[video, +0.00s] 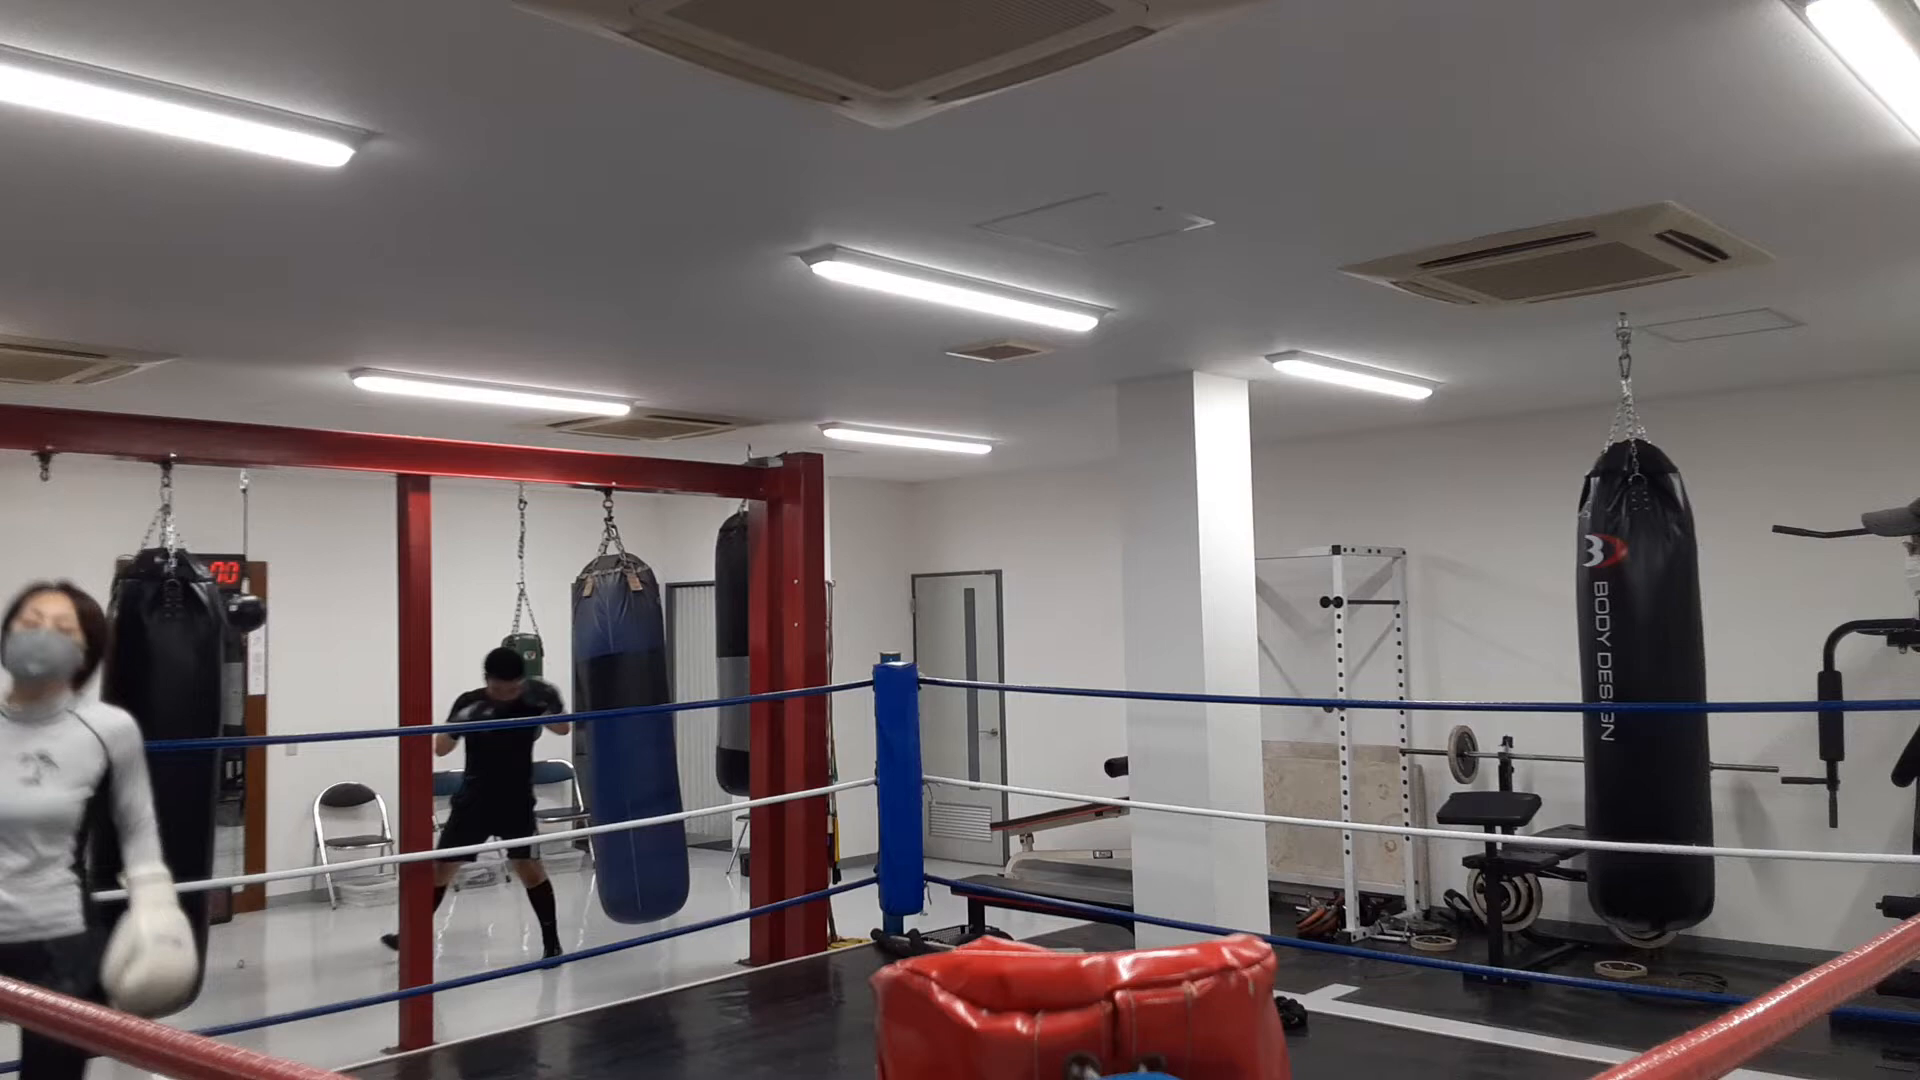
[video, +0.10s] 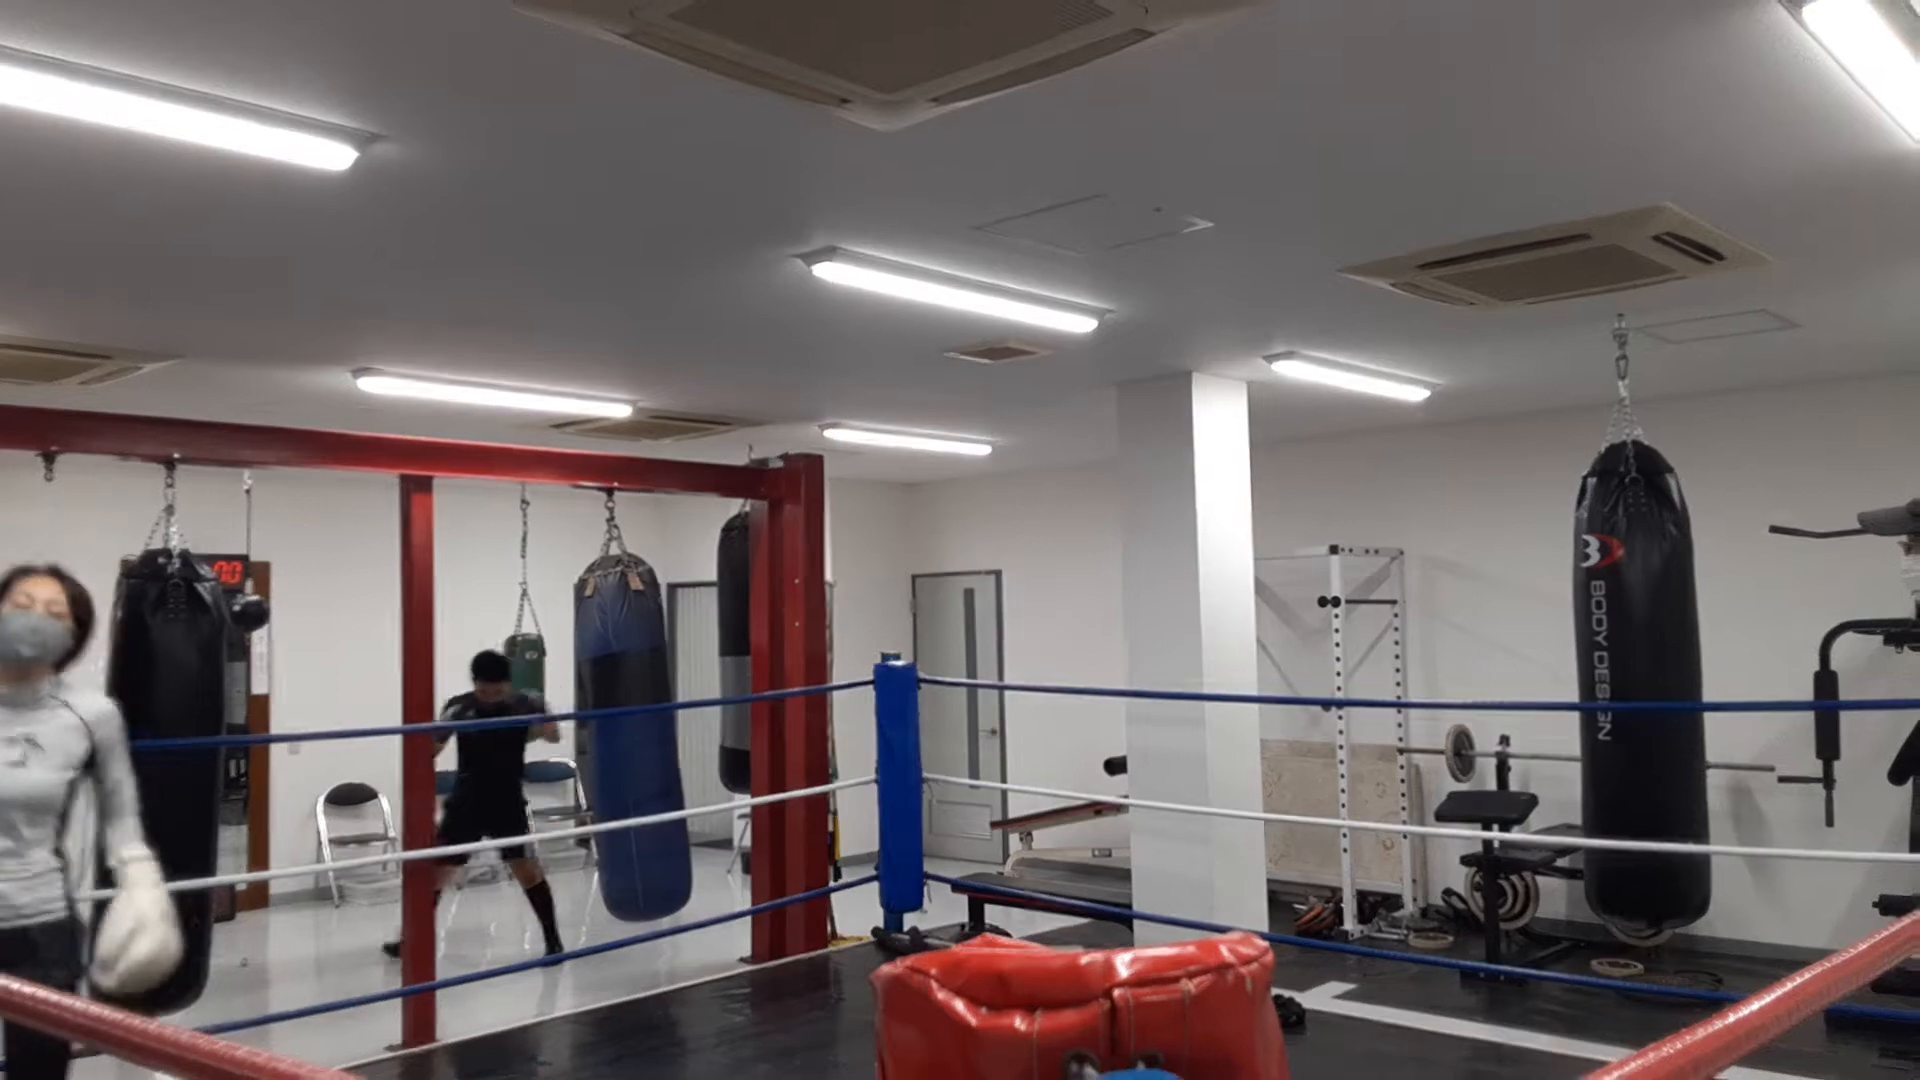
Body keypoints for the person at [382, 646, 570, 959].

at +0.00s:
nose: (506, 695)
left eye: (512, 689)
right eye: (500, 689)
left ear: (520, 682)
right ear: (488, 681)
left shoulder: (532, 699)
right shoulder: (469, 702)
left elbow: (562, 729)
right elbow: (441, 748)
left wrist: (550, 704)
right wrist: (460, 722)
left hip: (515, 802)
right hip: (473, 803)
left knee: (529, 868)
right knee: (441, 868)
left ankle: (551, 942)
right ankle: (412, 934)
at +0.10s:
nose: (488, 695)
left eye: (494, 689)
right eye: (482, 689)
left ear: (506, 684)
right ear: (473, 682)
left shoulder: (522, 707)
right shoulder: (459, 707)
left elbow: (552, 736)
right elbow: (432, 749)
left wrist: (539, 709)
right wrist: (449, 722)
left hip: (506, 802)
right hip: (466, 803)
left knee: (524, 867)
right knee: (435, 869)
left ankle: (552, 939)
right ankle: (412, 937)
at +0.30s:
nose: (448, 690)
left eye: (454, 683)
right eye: (441, 685)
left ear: (461, 677)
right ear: (428, 681)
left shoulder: (478, 701)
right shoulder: (418, 705)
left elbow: (512, 744)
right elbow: (388, 751)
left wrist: (501, 733)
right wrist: (393, 732)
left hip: (473, 798)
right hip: (430, 802)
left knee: (493, 865)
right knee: (414, 873)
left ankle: (520, 940)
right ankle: (401, 942)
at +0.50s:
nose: (425, 684)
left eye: (429, 676)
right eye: (419, 677)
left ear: (439, 673)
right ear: (409, 677)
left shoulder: (463, 699)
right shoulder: (399, 704)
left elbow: (499, 740)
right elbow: (378, 757)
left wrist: (473, 723)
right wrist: (388, 731)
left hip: (455, 799)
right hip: (412, 801)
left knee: (467, 872)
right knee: (399, 873)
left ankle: (481, 941)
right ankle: (399, 943)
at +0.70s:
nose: (430, 682)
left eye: (435, 676)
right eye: (424, 675)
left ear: (444, 673)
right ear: (410, 672)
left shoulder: (457, 698)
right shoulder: (391, 699)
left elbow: (494, 735)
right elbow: (368, 748)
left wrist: (470, 709)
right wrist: (388, 720)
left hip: (449, 794)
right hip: (406, 796)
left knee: (460, 864)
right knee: (398, 869)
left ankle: (474, 939)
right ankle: (399, 941)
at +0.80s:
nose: (438, 685)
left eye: (444, 678)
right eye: (432, 678)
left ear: (452, 675)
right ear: (417, 674)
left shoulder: (462, 701)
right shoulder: (393, 702)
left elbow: (496, 737)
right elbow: (372, 749)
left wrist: (468, 710)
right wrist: (396, 718)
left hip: (448, 798)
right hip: (405, 800)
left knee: (457, 869)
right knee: (398, 875)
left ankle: (467, 946)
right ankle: (400, 943)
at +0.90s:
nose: (448, 694)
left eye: (453, 687)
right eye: (442, 688)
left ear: (460, 682)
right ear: (424, 681)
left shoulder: (464, 709)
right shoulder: (397, 708)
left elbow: (499, 749)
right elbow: (381, 756)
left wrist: (483, 727)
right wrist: (412, 732)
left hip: (449, 803)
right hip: (405, 805)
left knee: (456, 874)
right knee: (396, 881)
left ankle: (466, 957)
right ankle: (399, 944)